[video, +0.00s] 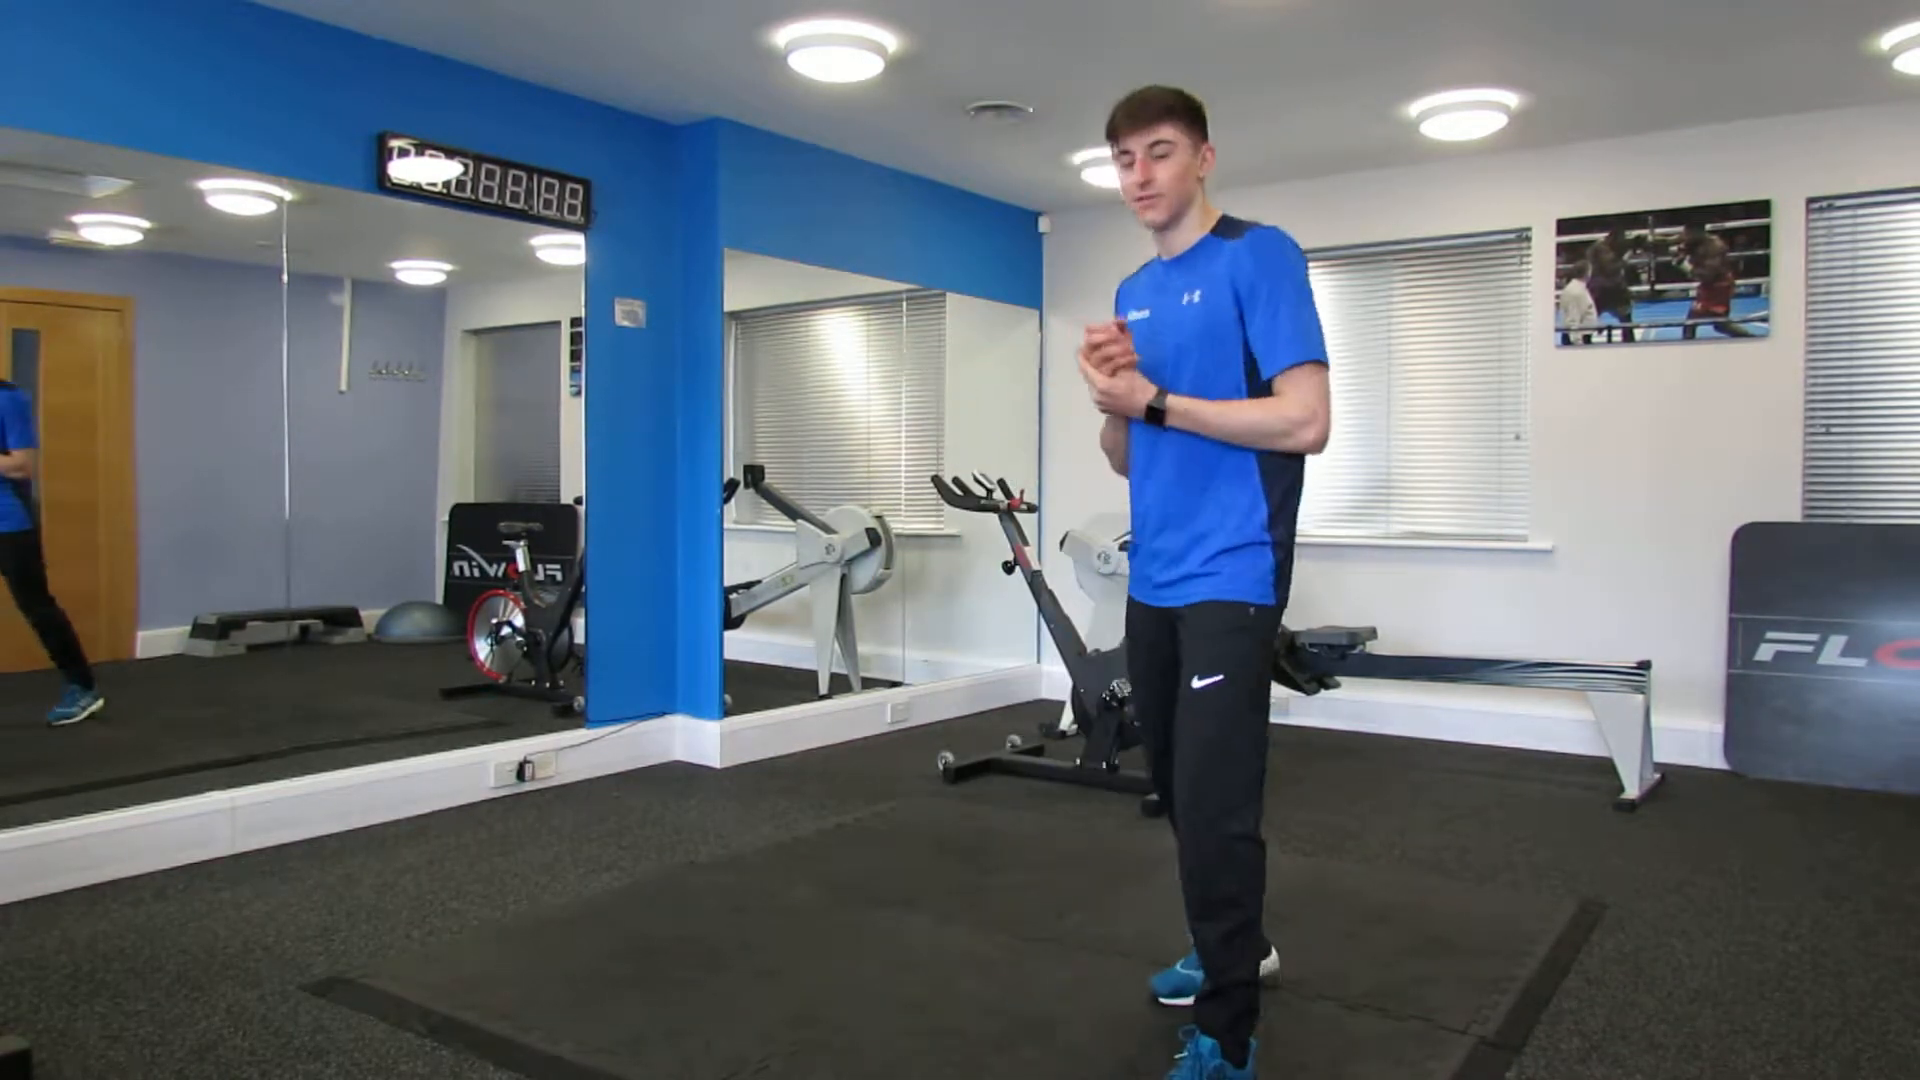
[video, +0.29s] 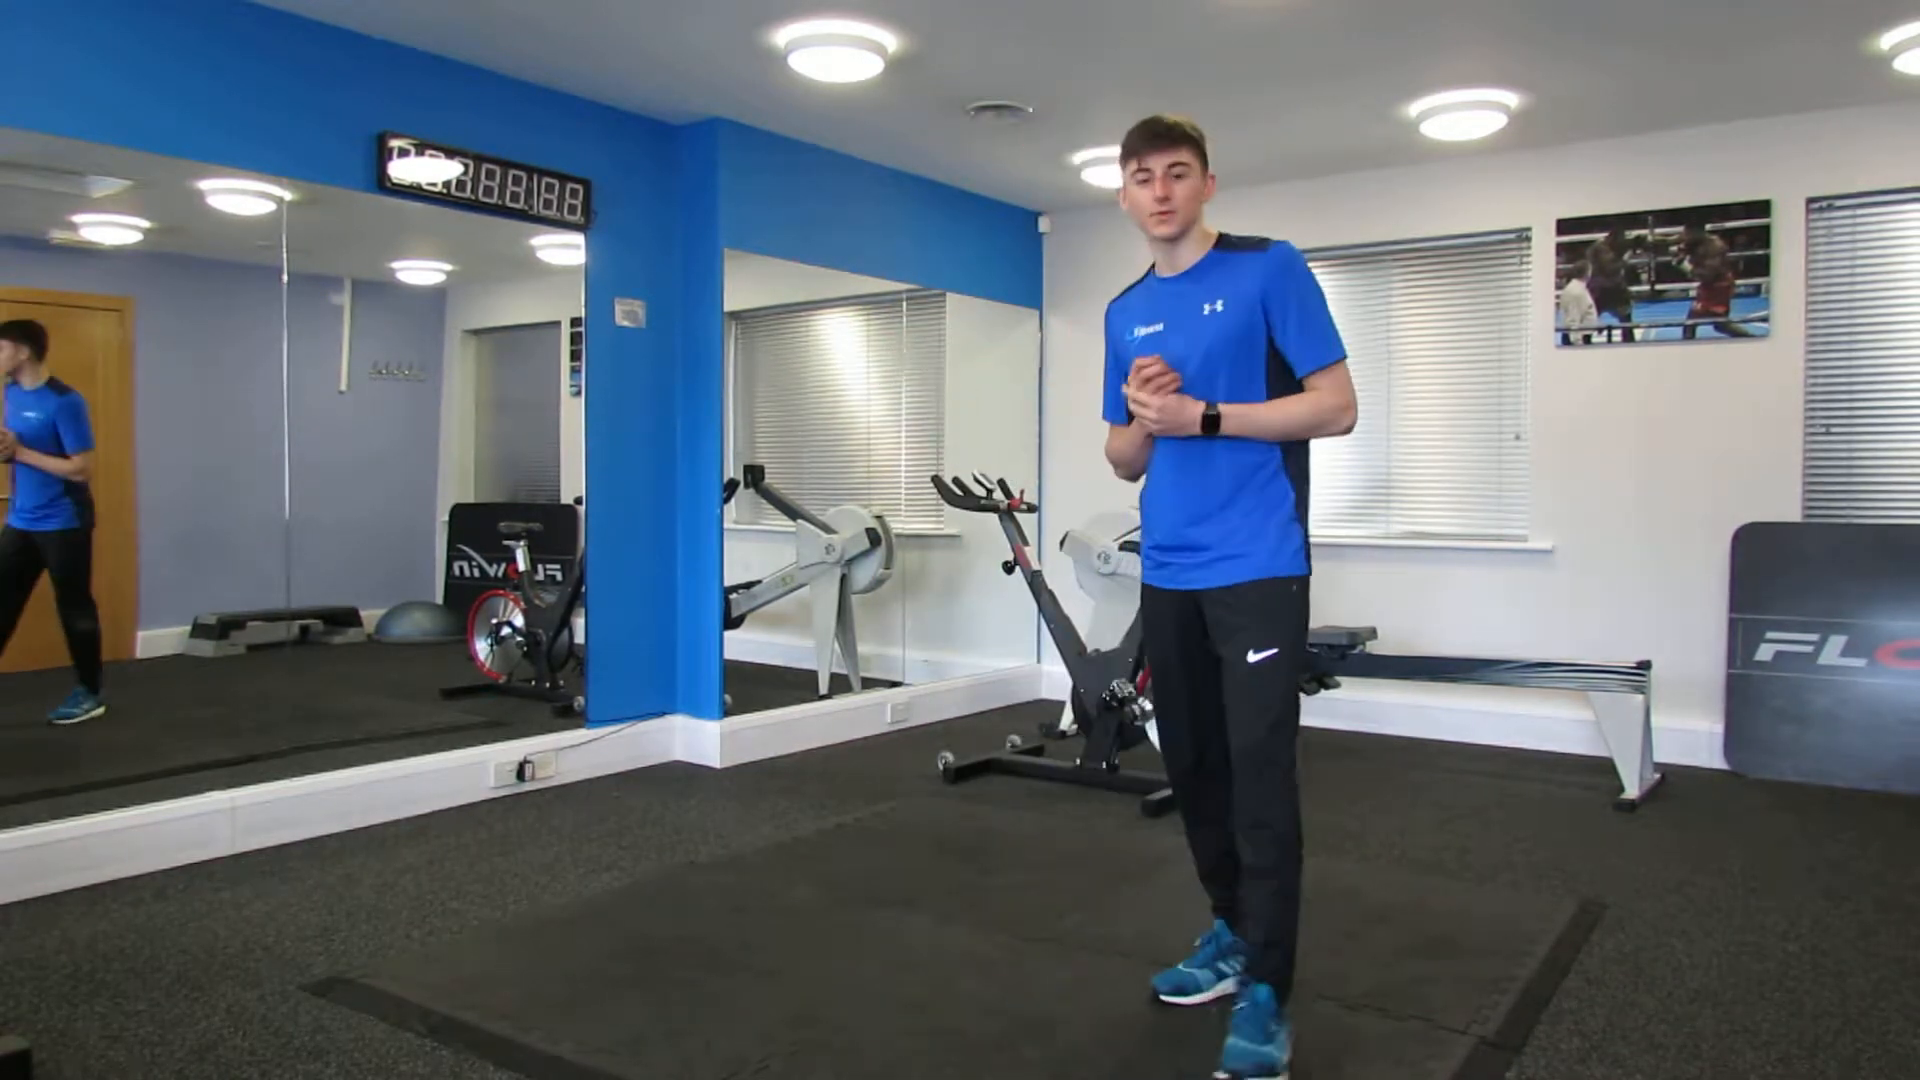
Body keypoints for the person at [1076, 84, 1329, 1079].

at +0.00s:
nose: (1141, 174)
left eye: (1160, 152)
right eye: (1125, 161)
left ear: (1205, 158)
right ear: (1117, 180)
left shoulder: (1260, 255)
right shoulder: (1133, 296)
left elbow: (1307, 420)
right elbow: (1128, 460)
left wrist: (1157, 400)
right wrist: (1110, 401)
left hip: (1232, 566)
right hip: (1155, 569)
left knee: (1217, 800)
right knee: (1178, 780)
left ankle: (1225, 1035)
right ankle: (1229, 947)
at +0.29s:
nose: (1158, 189)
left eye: (1176, 173)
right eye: (1141, 177)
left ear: (1209, 184)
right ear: (1125, 194)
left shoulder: (1270, 269)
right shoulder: (1125, 313)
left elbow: (1336, 404)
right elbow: (1123, 461)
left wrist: (1206, 416)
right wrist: (1140, 417)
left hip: (1258, 564)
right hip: (1167, 568)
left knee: (1259, 776)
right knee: (1195, 768)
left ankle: (1264, 986)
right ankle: (1234, 931)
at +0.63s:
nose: (1204, 197)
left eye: (1220, 184)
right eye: (1189, 185)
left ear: (1245, 200)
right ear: (1167, 202)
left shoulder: (1292, 282)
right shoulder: (1143, 315)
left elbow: (1344, 415)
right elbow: (1127, 456)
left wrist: (1221, 400)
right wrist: (1154, 401)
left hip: (1269, 557)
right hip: (1178, 562)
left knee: (1279, 741)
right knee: (1199, 752)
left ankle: (1304, 872)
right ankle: (1237, 932)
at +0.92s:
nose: (1247, 224)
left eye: (1265, 215)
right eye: (1234, 210)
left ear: (1286, 232)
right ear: (1209, 223)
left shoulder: (1315, 325)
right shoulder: (1171, 317)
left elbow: (1350, 460)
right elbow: (1154, 442)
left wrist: (1234, 439)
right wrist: (1165, 419)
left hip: (1276, 573)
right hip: (1184, 567)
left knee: (1287, 734)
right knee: (1175, 720)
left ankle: (1292, 893)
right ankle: (1216, 910)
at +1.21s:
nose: (1211, 223)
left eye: (1229, 213)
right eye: (1201, 209)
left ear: (1253, 230)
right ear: (1180, 221)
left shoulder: (1286, 318)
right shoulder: (1148, 319)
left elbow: (1325, 440)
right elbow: (1134, 438)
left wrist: (1217, 430)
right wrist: (1152, 418)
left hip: (1254, 563)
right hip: (1163, 551)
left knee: (1282, 720)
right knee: (1120, 698)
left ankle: (1291, 886)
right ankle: (1106, 864)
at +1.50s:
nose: (1118, 233)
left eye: (1135, 222)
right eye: (1111, 222)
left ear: (1169, 237)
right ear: (1100, 236)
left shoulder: (1200, 316)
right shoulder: (1090, 329)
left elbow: (1247, 435)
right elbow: (1086, 454)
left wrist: (1133, 427)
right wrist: (1069, 424)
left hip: (1183, 558)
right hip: (1112, 555)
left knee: (1206, 721)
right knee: (1095, 710)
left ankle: (1267, 879)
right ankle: (1096, 866)